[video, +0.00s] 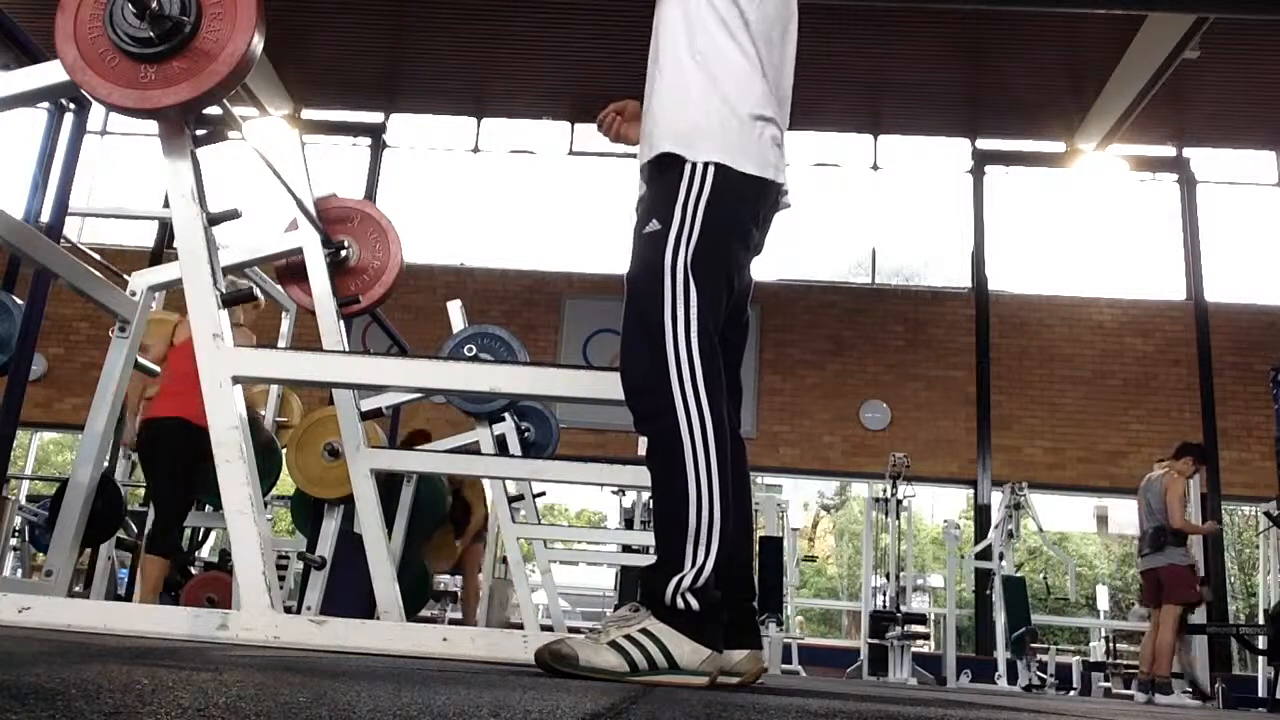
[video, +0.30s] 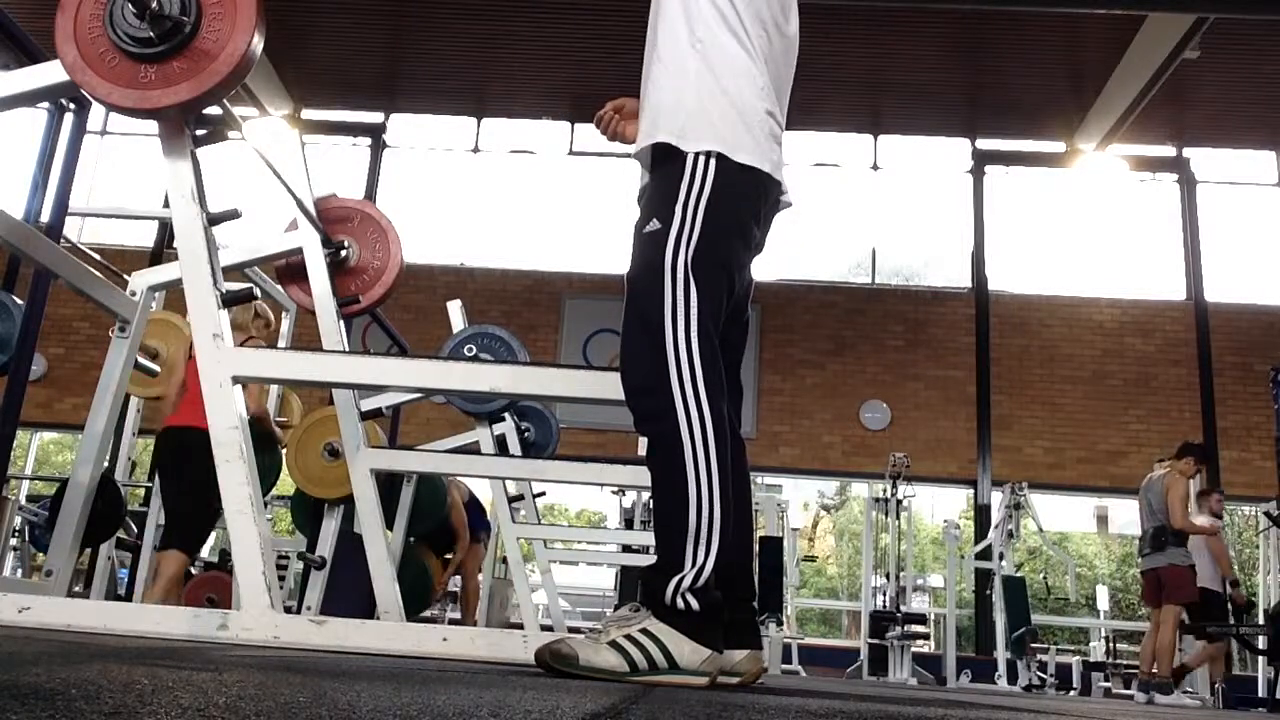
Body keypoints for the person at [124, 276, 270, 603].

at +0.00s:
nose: (250, 316)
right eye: (249, 311)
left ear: (209, 302)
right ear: (242, 310)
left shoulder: (184, 324)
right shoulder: (243, 335)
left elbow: (142, 369)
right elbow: (249, 388)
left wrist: (130, 416)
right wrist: (261, 420)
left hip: (154, 425)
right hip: (194, 431)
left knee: (166, 517)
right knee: (169, 519)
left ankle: (146, 606)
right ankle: (146, 610)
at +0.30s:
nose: (269, 336)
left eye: (270, 331)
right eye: (269, 330)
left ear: (231, 316)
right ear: (261, 326)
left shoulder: (197, 338)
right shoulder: (254, 347)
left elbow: (172, 390)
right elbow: (255, 407)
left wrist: (171, 426)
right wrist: (275, 434)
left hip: (171, 435)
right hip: (210, 442)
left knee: (174, 527)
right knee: (190, 531)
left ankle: (171, 614)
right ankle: (151, 610)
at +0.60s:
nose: (274, 348)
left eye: (275, 343)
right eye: (274, 343)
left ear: (241, 329)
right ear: (267, 337)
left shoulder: (204, 345)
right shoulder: (262, 353)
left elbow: (183, 396)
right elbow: (257, 402)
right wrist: (275, 434)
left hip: (183, 436)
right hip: (228, 441)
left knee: (181, 523)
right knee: (225, 530)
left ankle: (177, 612)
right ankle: (215, 616)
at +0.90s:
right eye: (278, 340)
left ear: (245, 324)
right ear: (274, 335)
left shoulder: (213, 343)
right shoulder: (273, 353)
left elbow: (190, 393)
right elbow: (274, 399)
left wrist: (181, 429)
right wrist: (277, 430)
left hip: (194, 434)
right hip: (240, 440)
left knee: (186, 521)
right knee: (227, 528)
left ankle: (179, 613)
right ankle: (215, 616)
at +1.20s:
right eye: (281, 326)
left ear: (244, 320)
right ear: (278, 327)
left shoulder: (216, 345)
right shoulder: (281, 355)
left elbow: (192, 396)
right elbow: (279, 410)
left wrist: (186, 438)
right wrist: (278, 443)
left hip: (203, 441)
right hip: (254, 449)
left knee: (190, 525)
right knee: (231, 532)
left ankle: (180, 614)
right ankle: (215, 619)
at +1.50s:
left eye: (231, 305)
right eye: (280, 312)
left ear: (238, 309)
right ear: (275, 314)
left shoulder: (217, 336)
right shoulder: (285, 346)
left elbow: (192, 392)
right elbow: (289, 400)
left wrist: (185, 432)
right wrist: (279, 433)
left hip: (209, 441)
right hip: (260, 446)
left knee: (194, 524)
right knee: (235, 530)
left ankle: (180, 612)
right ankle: (216, 617)